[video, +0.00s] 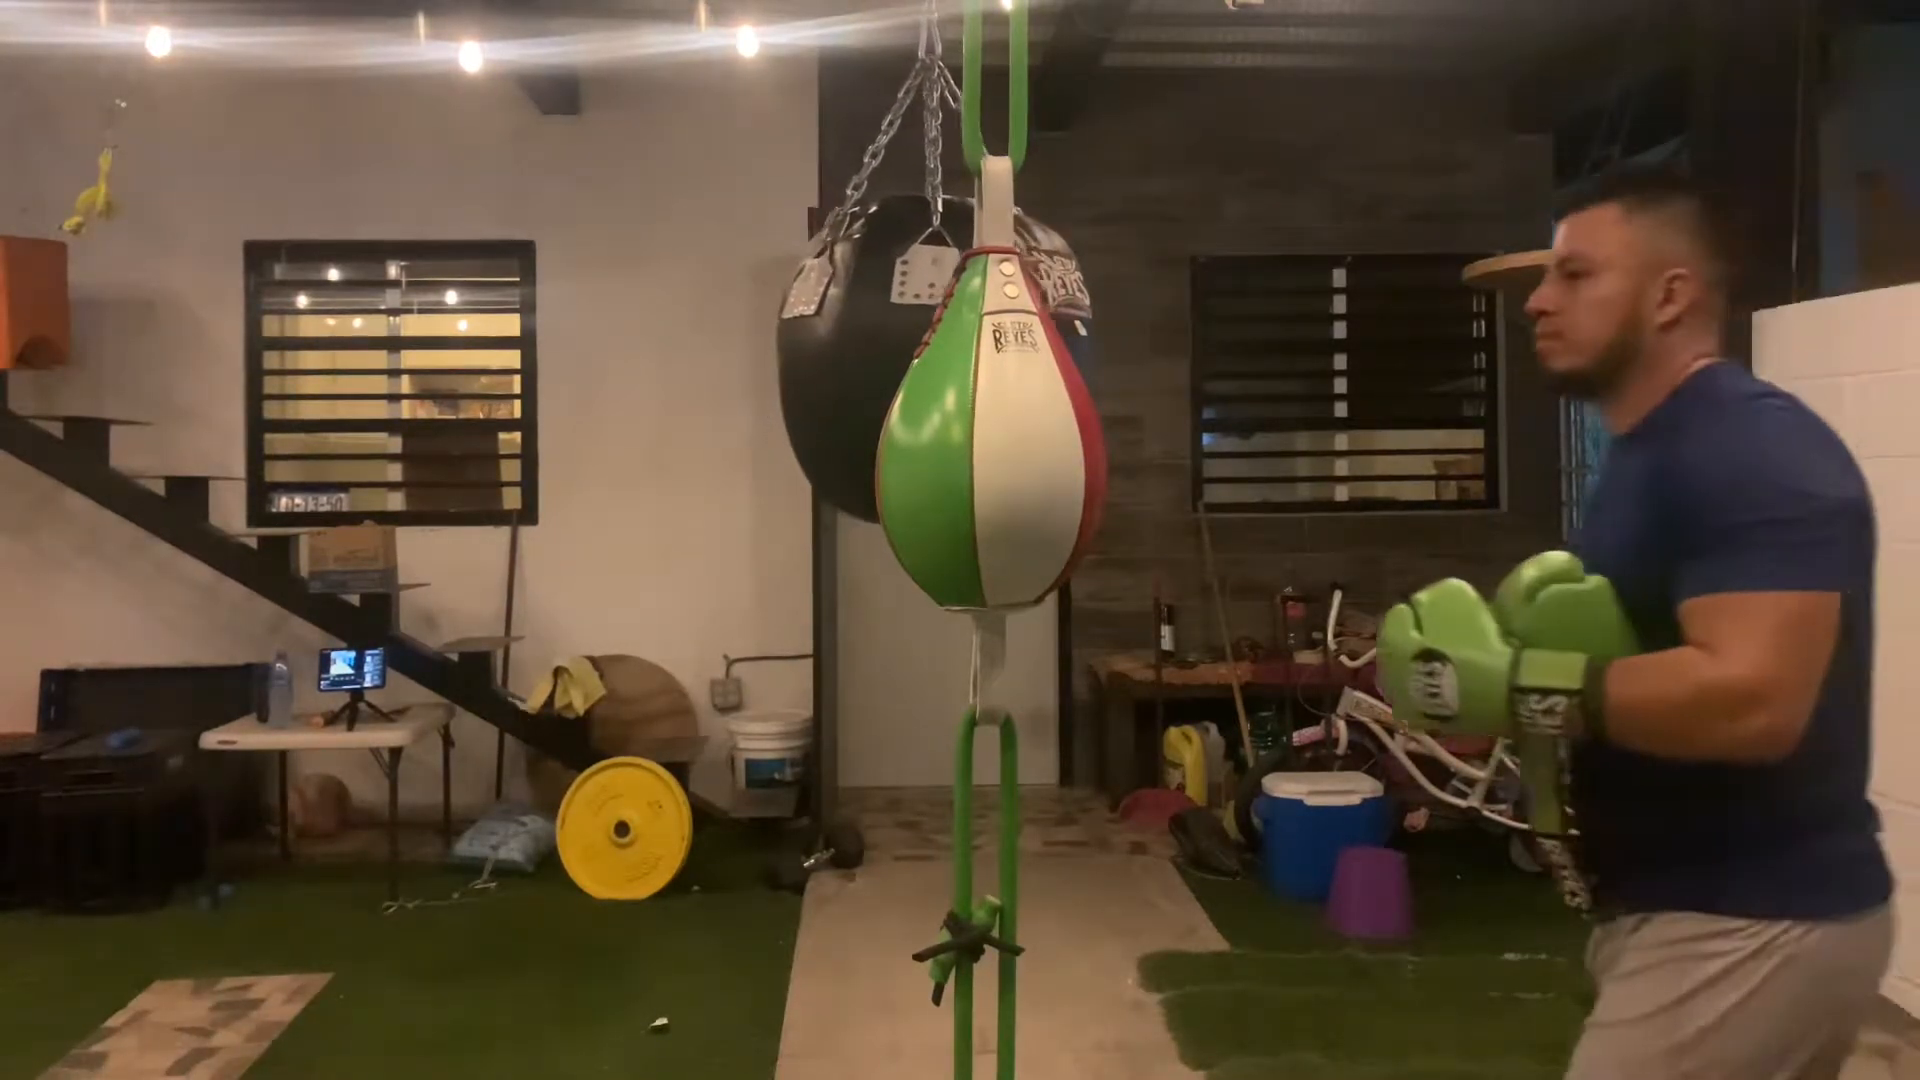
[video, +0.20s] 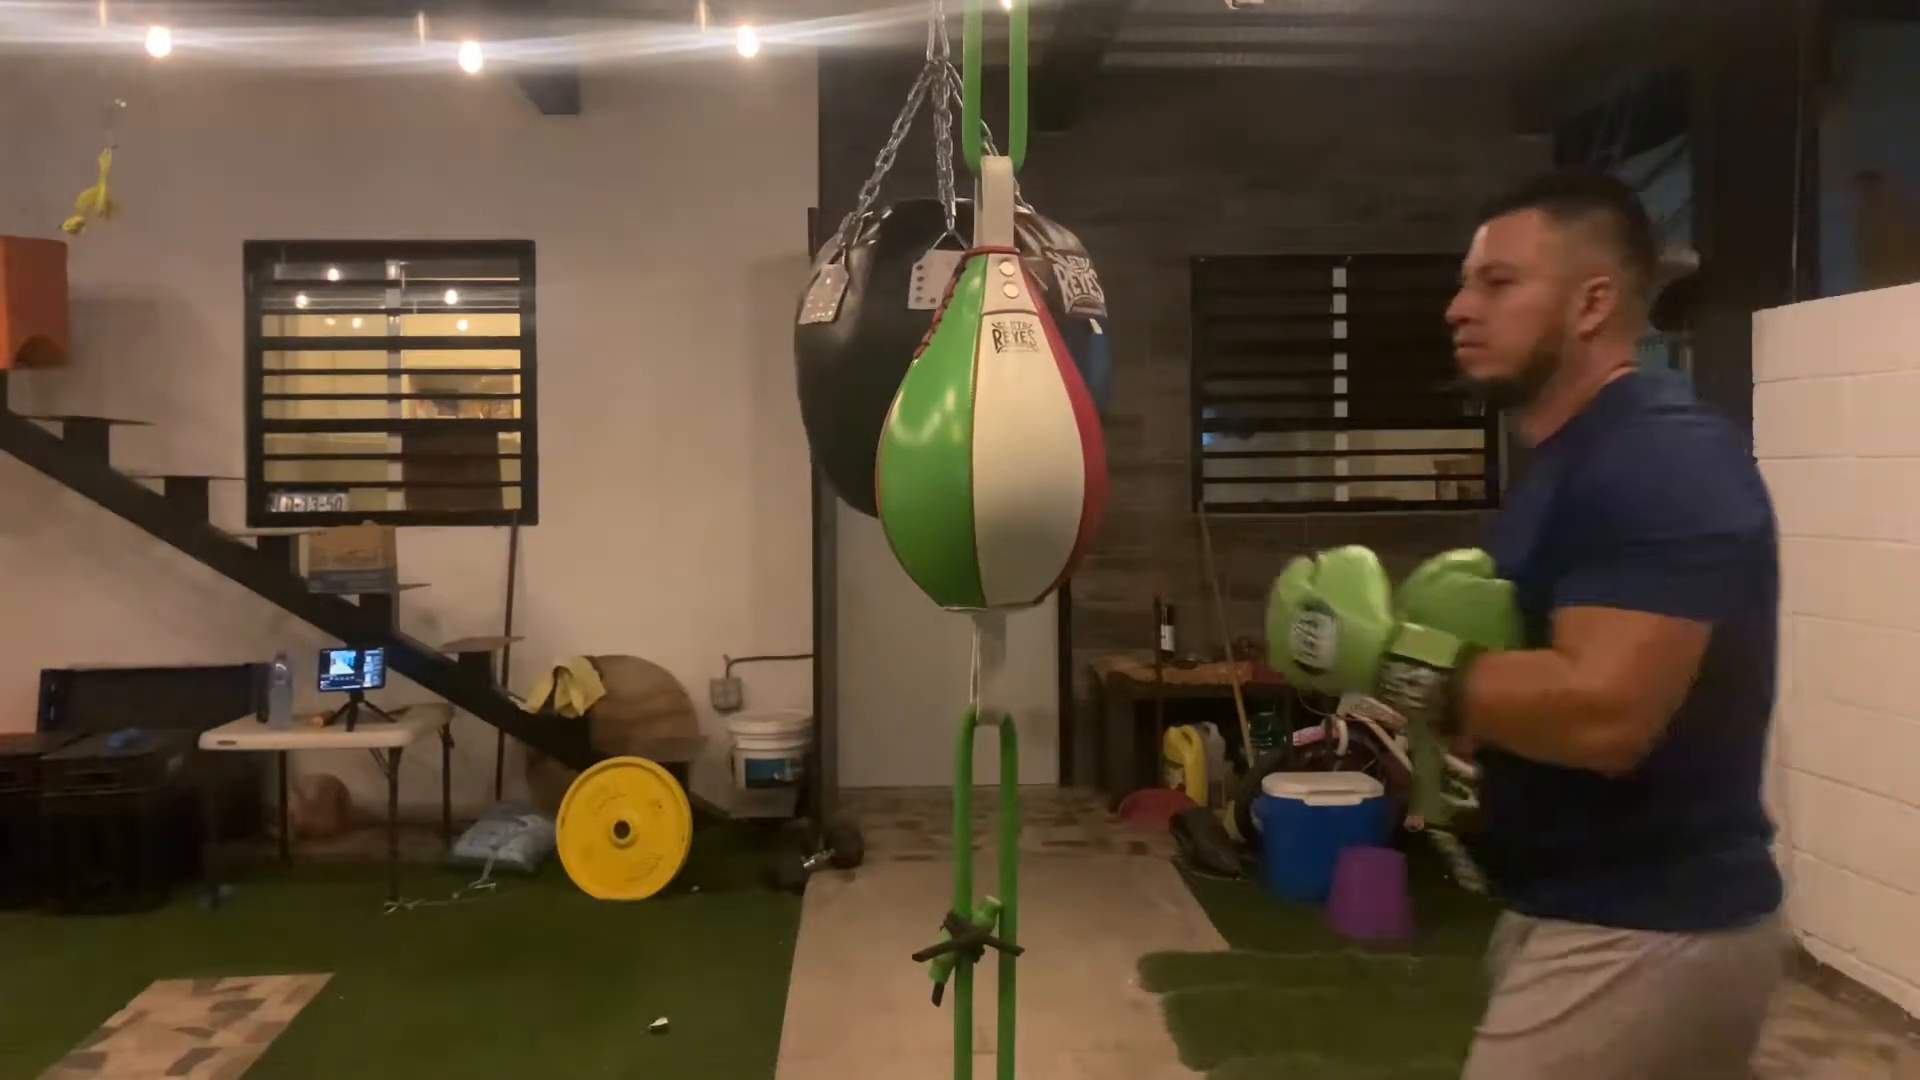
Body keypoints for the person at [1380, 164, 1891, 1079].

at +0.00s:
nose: (1539, 302)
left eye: (1575, 274)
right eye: (1545, 276)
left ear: (1672, 295)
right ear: (1662, 299)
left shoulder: (1752, 448)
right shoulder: (1647, 454)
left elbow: (1757, 703)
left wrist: (1519, 689)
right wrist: (1522, 650)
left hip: (1746, 931)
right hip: (1683, 919)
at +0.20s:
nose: (1459, 310)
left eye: (1496, 282)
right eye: (1465, 284)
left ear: (1595, 301)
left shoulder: (1666, 459)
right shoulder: (1565, 464)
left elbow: (1608, 714)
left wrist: (1396, 659)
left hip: (1641, 944)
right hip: (1571, 924)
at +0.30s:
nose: (1407, 295)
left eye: (1445, 268)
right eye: (1412, 270)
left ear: (1541, 288)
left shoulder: (1595, 445)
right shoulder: (1494, 454)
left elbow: (1501, 695)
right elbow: (1473, 652)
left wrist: (1313, 619)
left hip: (1570, 926)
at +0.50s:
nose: (1333, 275)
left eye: (1371, 248)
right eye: (1338, 250)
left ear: (1467, 273)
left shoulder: (1508, 416)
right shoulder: (1428, 425)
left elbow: (1375, 647)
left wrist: (1223, 561)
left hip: (1488, 917)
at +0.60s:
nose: (1298, 267)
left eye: (1339, 240)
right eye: (1300, 243)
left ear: (1432, 265)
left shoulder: (1479, 404)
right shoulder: (1366, 427)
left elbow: (1317, 630)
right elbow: (1321, 601)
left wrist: (1174, 533)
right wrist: (1223, 551)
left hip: (1468, 910)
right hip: (1363, 886)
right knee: (1299, 1063)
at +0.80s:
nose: (1242, 264)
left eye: (1284, 239)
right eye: (1242, 241)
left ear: (1374, 269)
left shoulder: (1418, 398)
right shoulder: (1317, 423)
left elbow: (1241, 592)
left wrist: (1125, 502)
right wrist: (1149, 510)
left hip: (1427, 909)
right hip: (1303, 890)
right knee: (1246, 1069)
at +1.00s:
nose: (1178, 271)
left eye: (1218, 247)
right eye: (1170, 251)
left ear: (1299, 279)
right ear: (1157, 274)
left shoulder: (1354, 406)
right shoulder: (1186, 447)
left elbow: (1195, 587)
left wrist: (1028, 531)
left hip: (1350, 905)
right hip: (1212, 887)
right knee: (1164, 1063)